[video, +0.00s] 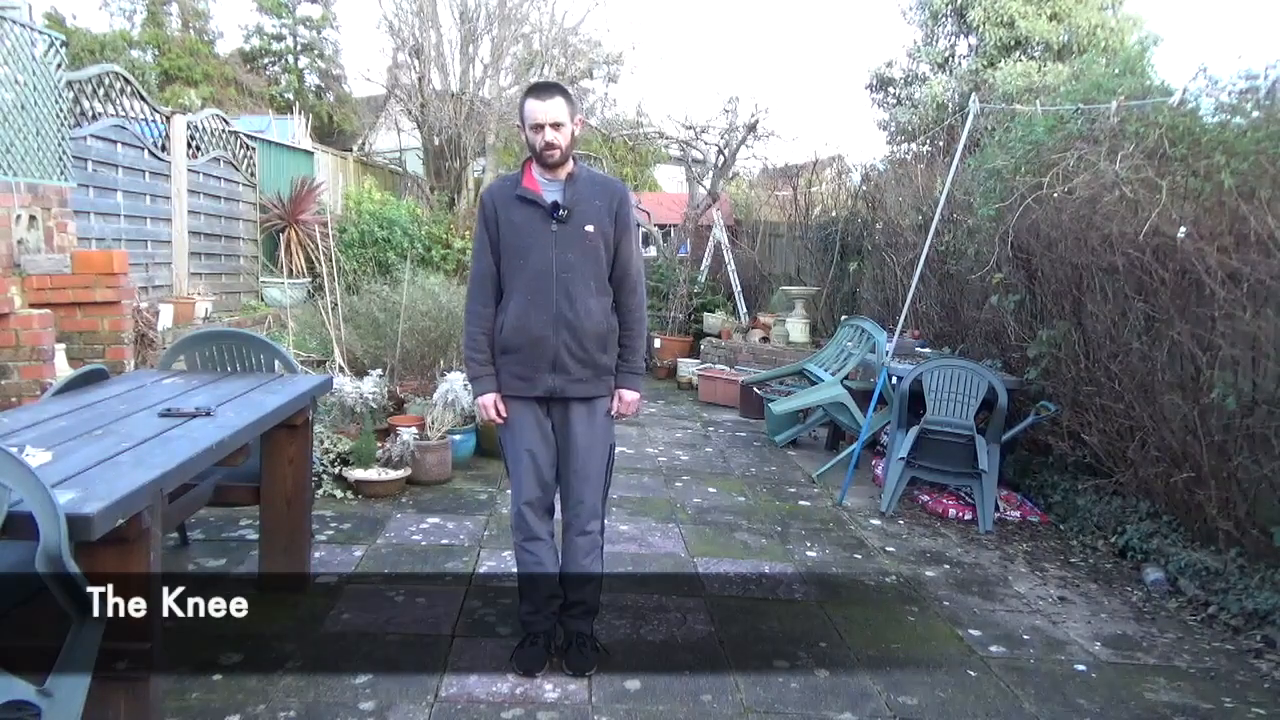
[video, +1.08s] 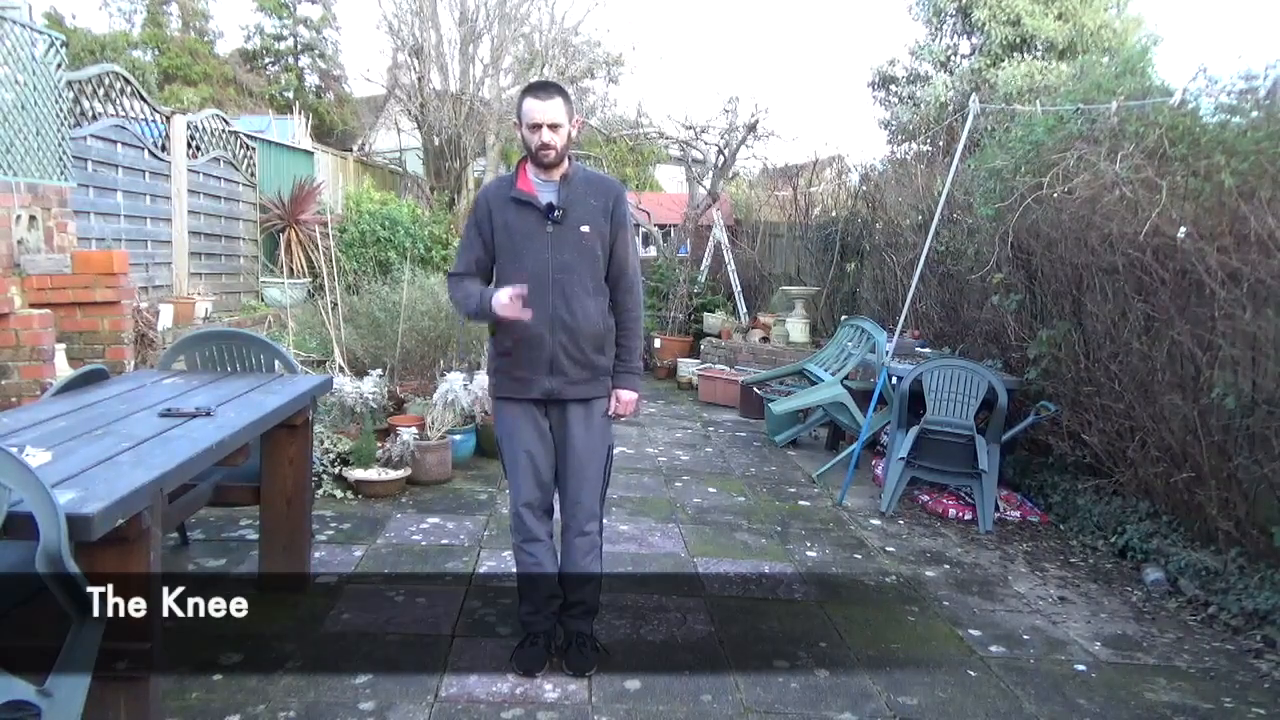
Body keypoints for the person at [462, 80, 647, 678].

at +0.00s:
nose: (546, 137)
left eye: (556, 125)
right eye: (536, 127)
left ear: (575, 126)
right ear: (523, 131)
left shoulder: (611, 194)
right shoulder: (498, 197)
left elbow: (631, 293)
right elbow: (481, 295)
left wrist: (631, 375)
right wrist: (481, 378)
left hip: (592, 378)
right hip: (518, 379)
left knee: (585, 507)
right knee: (530, 505)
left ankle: (580, 632)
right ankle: (536, 631)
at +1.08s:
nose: (544, 137)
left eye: (554, 126)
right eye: (533, 127)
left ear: (572, 126)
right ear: (520, 129)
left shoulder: (606, 194)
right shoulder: (494, 199)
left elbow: (627, 290)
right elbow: (461, 283)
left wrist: (628, 375)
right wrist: (491, 300)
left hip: (589, 378)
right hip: (517, 380)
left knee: (584, 510)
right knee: (528, 506)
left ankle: (579, 631)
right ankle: (535, 631)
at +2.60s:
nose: (555, 138)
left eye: (565, 128)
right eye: (545, 127)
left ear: (579, 133)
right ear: (526, 130)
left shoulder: (607, 198)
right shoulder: (494, 198)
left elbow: (626, 294)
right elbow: (467, 292)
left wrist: (628, 377)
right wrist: (492, 265)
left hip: (591, 378)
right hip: (517, 379)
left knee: (584, 509)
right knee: (529, 507)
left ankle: (580, 630)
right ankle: (536, 631)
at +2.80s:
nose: (555, 138)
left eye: (565, 128)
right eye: (545, 127)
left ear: (579, 132)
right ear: (526, 130)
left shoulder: (607, 198)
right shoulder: (493, 199)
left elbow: (626, 294)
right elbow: (467, 292)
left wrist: (628, 377)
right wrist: (493, 266)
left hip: (591, 378)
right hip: (517, 379)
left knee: (584, 508)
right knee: (529, 507)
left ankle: (580, 627)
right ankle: (536, 629)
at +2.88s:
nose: (555, 138)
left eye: (565, 128)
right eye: (545, 127)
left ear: (579, 133)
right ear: (526, 130)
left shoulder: (607, 198)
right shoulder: (494, 199)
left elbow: (626, 293)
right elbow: (467, 292)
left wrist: (628, 377)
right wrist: (493, 266)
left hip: (591, 378)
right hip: (517, 379)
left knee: (584, 509)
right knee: (529, 509)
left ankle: (581, 626)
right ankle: (536, 628)